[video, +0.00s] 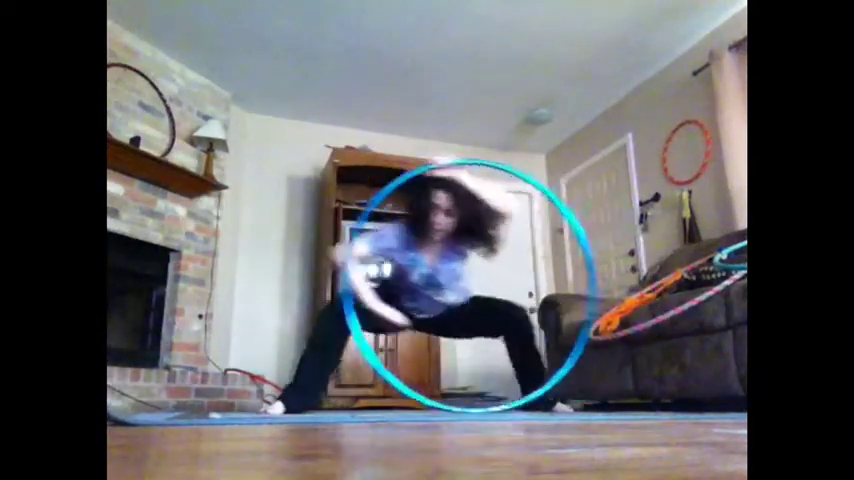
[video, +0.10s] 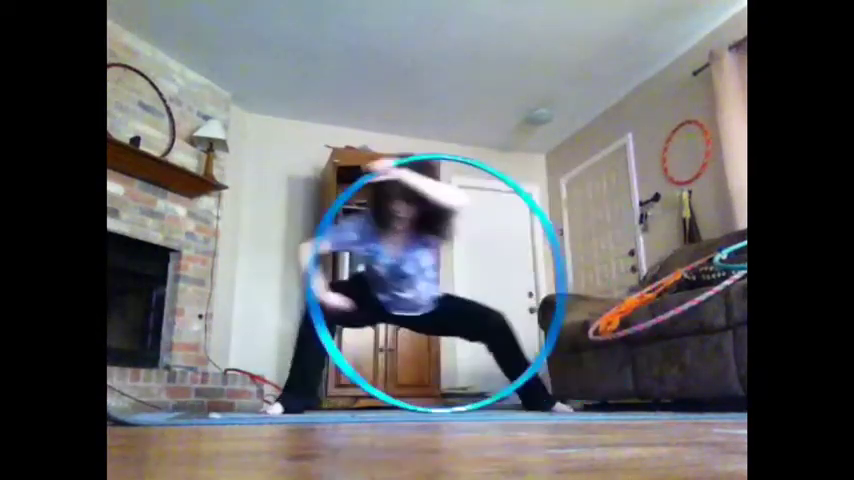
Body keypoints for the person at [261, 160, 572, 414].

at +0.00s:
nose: (439, 217)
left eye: (446, 211)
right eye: (433, 209)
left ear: (460, 215)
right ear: (420, 210)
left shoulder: (463, 246)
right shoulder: (399, 236)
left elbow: (506, 211)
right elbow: (345, 257)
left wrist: (462, 180)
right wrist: (377, 308)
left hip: (443, 312)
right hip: (393, 308)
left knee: (512, 317)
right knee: (338, 313)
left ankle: (540, 404)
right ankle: (295, 403)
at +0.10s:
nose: (399, 211)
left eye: (405, 206)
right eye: (393, 205)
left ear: (416, 209)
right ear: (382, 206)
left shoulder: (428, 235)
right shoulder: (365, 230)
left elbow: (455, 201)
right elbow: (310, 249)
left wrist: (399, 173)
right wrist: (321, 291)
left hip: (426, 308)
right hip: (375, 303)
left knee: (493, 324)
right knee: (318, 310)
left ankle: (541, 403)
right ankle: (296, 402)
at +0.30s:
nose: (337, 186)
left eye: (350, 179)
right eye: (333, 179)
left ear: (365, 179)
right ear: (326, 183)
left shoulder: (385, 200)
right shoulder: (315, 217)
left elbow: (405, 191)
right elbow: (276, 256)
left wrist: (344, 181)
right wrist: (265, 291)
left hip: (394, 293)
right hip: (343, 291)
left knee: (466, 339)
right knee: (301, 302)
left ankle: (539, 404)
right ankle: (295, 402)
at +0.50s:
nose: (282, 187)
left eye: (285, 176)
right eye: (275, 183)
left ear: (305, 166)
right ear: (272, 188)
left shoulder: (343, 174)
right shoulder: (288, 225)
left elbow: (401, 159)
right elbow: (264, 280)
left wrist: (354, 174)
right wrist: (300, 300)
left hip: (391, 275)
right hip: (343, 282)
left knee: (455, 336)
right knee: (291, 303)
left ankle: (535, 404)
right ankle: (294, 402)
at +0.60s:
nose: (296, 206)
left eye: (296, 196)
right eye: (286, 203)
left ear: (308, 175)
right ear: (281, 200)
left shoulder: (343, 168)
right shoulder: (298, 222)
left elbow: (402, 146)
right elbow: (290, 277)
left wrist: (381, 163)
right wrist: (324, 302)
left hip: (400, 262)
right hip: (351, 273)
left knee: (463, 328)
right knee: (301, 306)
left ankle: (532, 402)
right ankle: (292, 402)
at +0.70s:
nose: (296, 198)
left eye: (297, 187)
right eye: (288, 194)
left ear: (310, 170)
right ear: (287, 193)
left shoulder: (353, 164)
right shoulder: (308, 219)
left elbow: (408, 145)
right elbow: (311, 272)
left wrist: (405, 161)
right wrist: (345, 296)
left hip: (411, 259)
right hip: (360, 272)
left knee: (475, 324)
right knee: (310, 308)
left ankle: (532, 400)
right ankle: (292, 400)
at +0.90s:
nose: (362, 188)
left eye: (362, 177)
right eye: (353, 185)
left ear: (369, 159)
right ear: (345, 183)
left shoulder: (409, 157)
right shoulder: (354, 203)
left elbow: (459, 156)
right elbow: (359, 256)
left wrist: (498, 173)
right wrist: (389, 273)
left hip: (440, 261)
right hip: (392, 270)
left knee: (509, 313)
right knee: (338, 324)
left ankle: (534, 403)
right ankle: (290, 404)